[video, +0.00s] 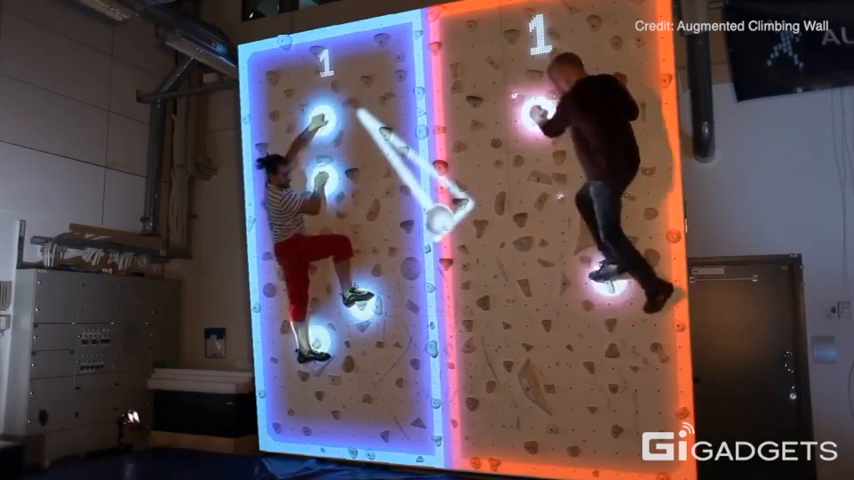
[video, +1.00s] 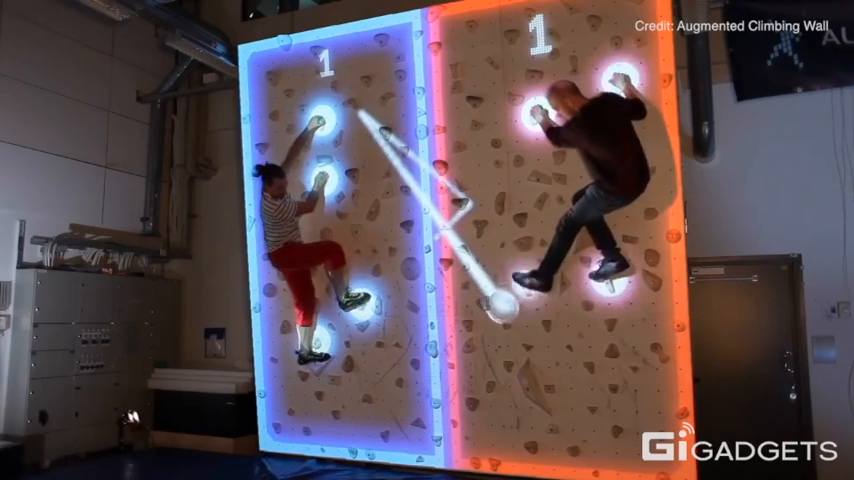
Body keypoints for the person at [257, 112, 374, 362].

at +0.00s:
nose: (289, 176)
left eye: (288, 172)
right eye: (285, 174)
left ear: (278, 173)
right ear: (274, 176)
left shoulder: (273, 186)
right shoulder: (282, 198)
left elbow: (294, 151)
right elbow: (315, 207)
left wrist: (312, 128)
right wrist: (320, 187)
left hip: (286, 248)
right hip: (295, 246)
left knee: (298, 298)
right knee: (339, 243)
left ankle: (304, 350)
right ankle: (349, 293)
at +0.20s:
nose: (287, 179)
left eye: (287, 175)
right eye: (283, 177)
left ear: (280, 176)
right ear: (273, 179)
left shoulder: (271, 190)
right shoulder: (281, 200)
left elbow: (290, 154)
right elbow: (314, 208)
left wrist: (308, 128)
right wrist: (320, 187)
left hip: (286, 250)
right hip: (296, 247)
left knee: (298, 299)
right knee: (339, 243)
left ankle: (304, 350)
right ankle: (348, 293)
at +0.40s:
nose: (285, 182)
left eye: (285, 178)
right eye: (280, 180)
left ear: (277, 178)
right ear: (270, 181)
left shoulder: (269, 191)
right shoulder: (279, 202)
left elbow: (288, 156)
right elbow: (312, 207)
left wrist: (308, 129)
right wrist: (320, 186)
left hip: (285, 251)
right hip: (295, 248)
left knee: (299, 299)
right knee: (339, 244)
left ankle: (304, 351)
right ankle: (348, 293)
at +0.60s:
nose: (283, 185)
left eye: (283, 181)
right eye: (278, 183)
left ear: (279, 179)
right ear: (268, 184)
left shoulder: (269, 192)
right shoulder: (278, 203)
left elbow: (289, 156)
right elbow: (311, 207)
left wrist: (309, 129)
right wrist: (320, 185)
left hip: (286, 251)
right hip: (291, 251)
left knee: (302, 300)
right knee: (337, 244)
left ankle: (305, 352)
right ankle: (348, 293)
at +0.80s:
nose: (283, 187)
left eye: (283, 182)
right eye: (278, 184)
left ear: (279, 180)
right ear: (268, 186)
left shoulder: (268, 194)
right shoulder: (278, 204)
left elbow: (290, 157)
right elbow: (311, 207)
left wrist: (309, 130)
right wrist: (320, 186)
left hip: (283, 254)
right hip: (291, 251)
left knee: (305, 300)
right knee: (335, 245)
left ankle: (305, 352)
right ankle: (348, 293)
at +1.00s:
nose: (284, 189)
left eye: (284, 184)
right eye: (280, 186)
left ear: (282, 181)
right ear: (269, 187)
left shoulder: (269, 195)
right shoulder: (278, 205)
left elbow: (291, 158)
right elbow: (310, 206)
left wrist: (309, 130)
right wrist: (320, 186)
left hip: (282, 254)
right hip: (288, 252)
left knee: (306, 301)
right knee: (332, 250)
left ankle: (305, 352)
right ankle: (344, 297)